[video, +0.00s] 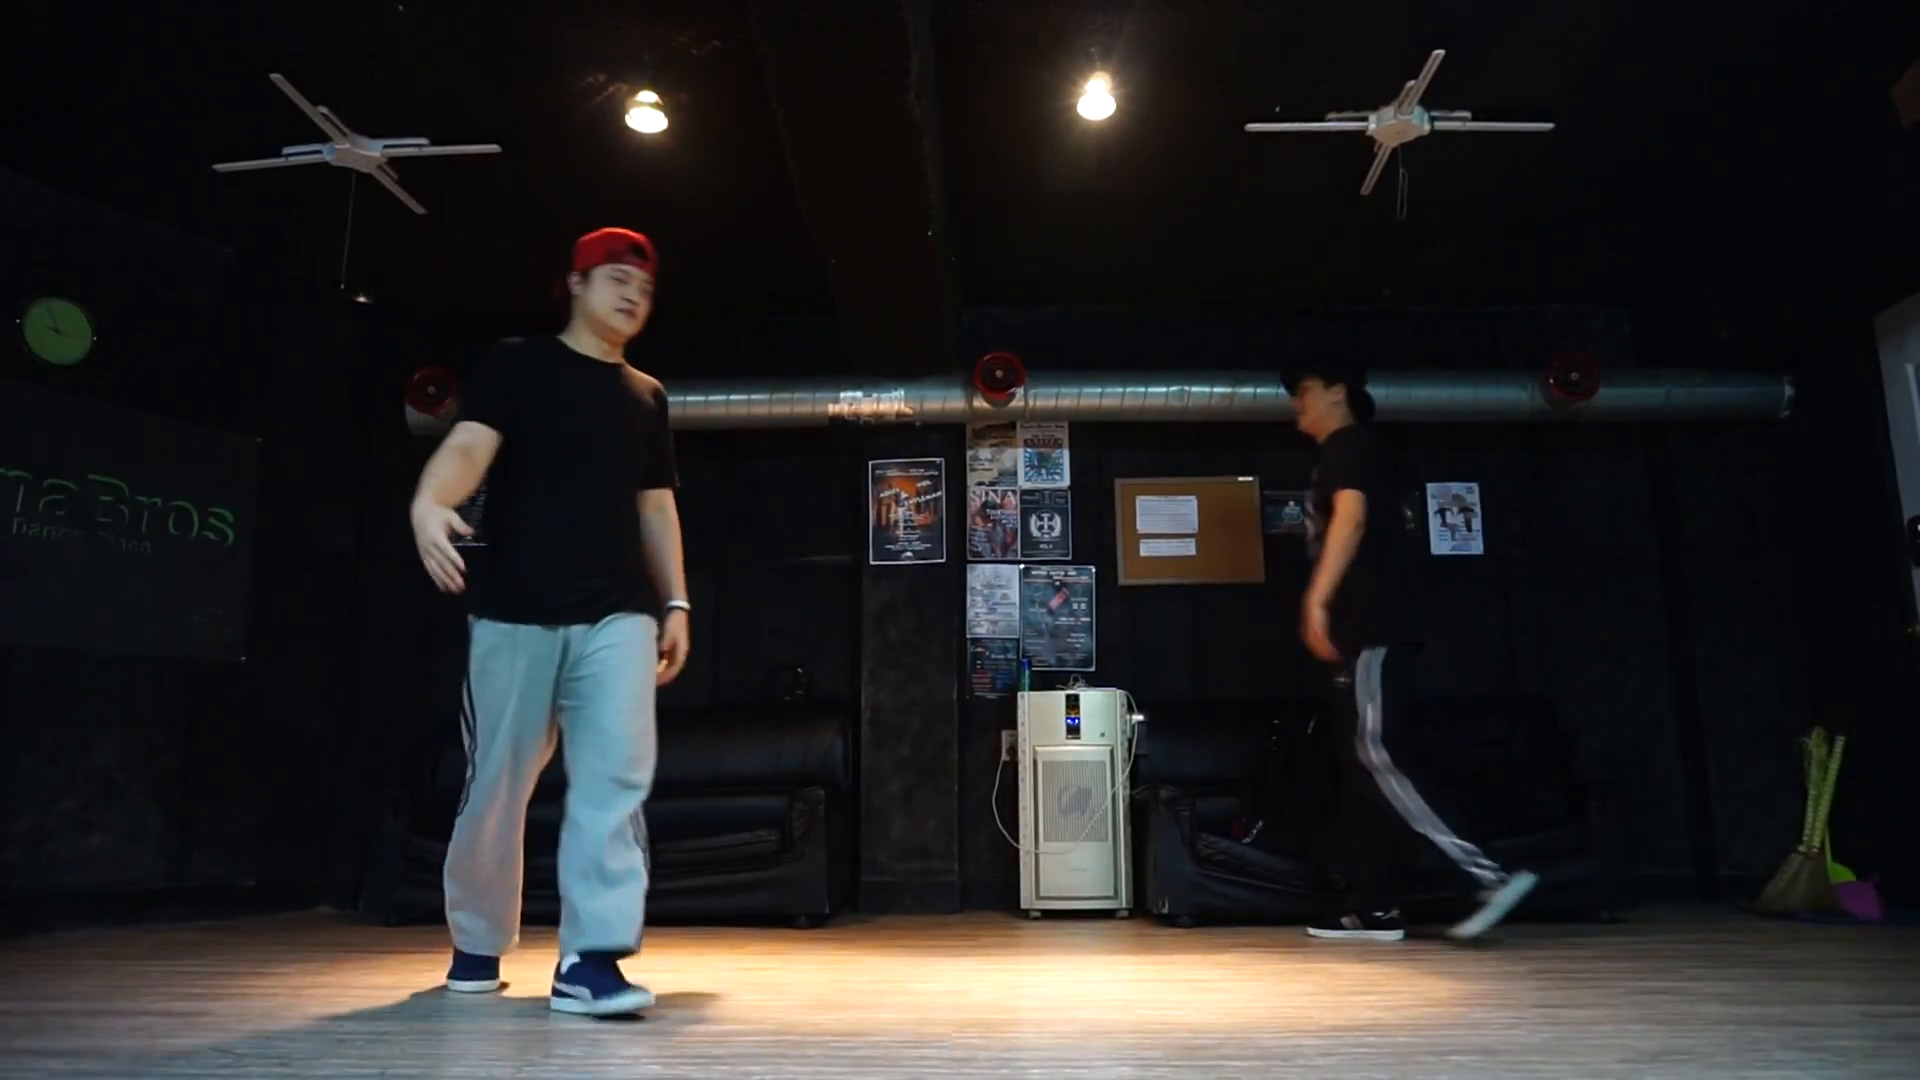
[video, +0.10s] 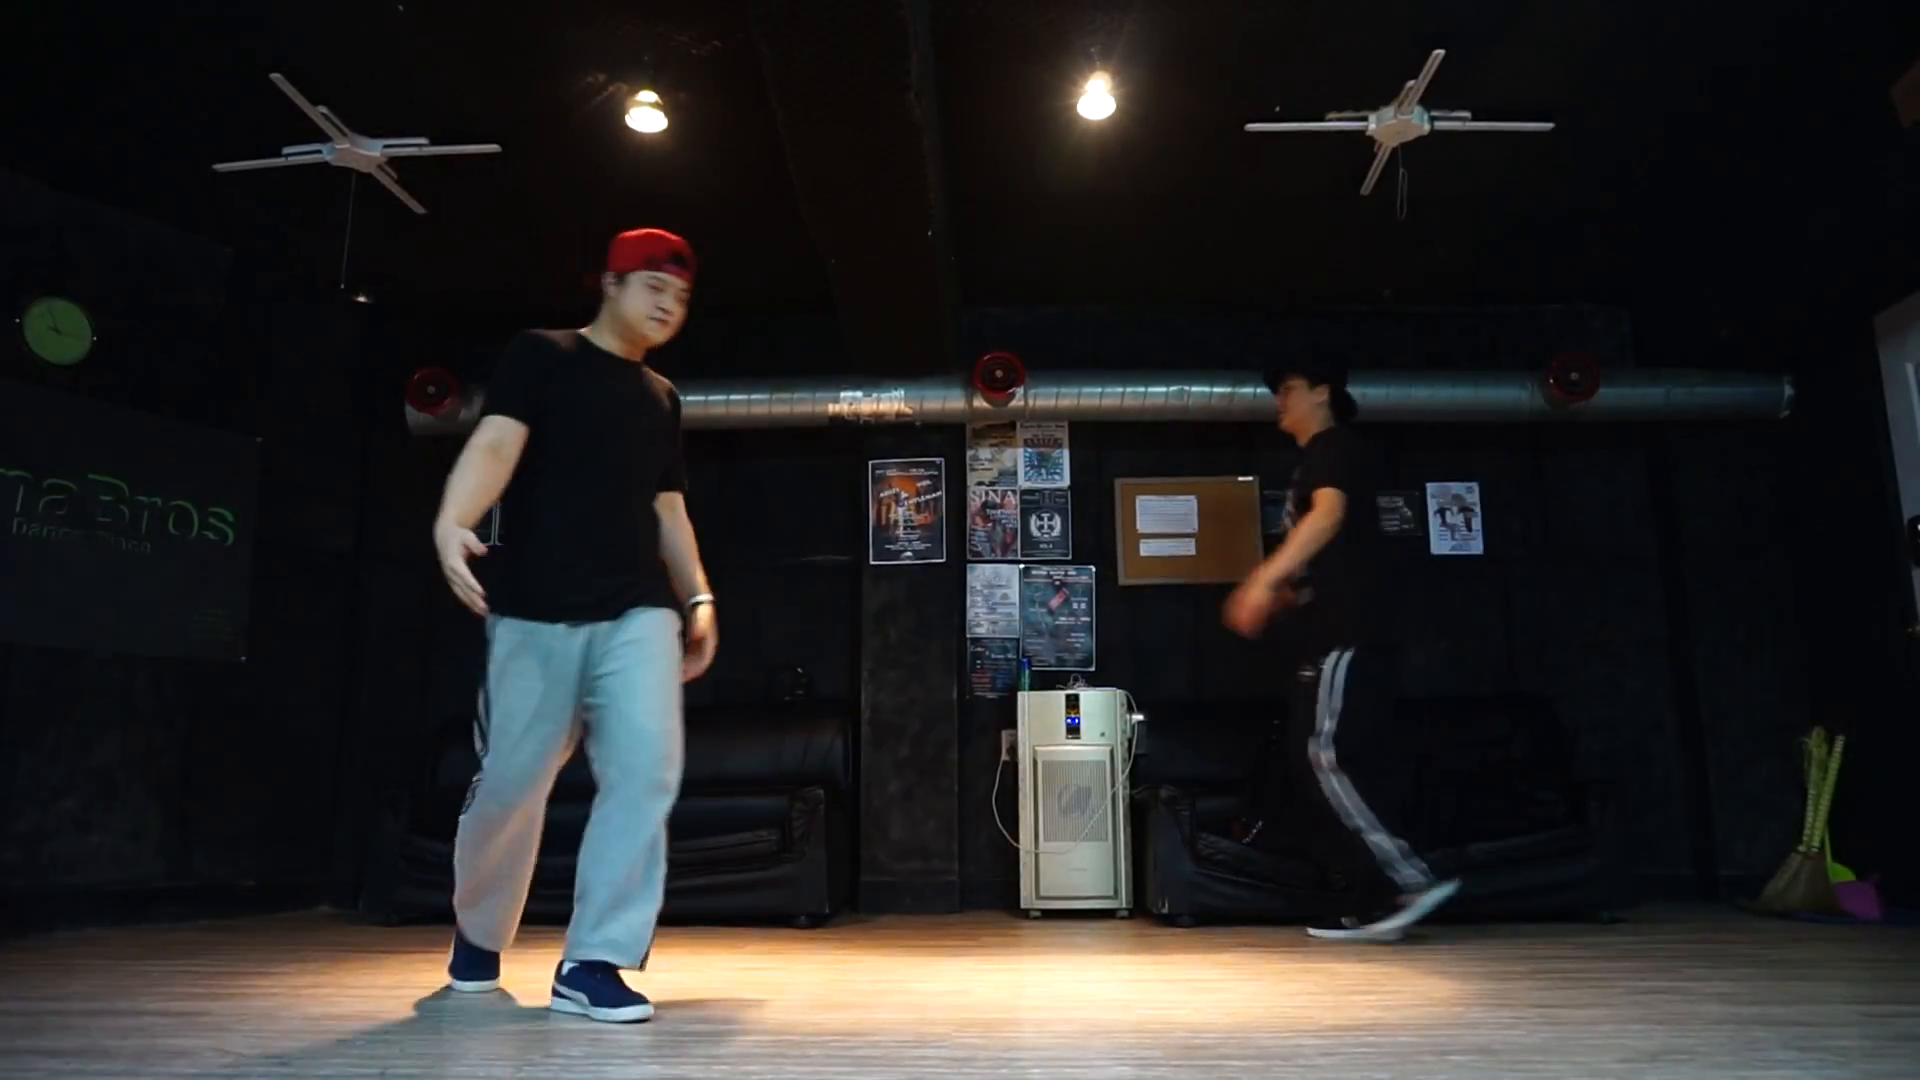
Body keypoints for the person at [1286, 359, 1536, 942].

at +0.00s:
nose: (1296, 406)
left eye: (1303, 393)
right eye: (1296, 395)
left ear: (1337, 392)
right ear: (1336, 393)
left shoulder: (1352, 446)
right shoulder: (1345, 450)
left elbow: (1350, 520)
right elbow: (1353, 531)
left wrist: (1316, 601)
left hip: (1375, 622)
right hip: (1363, 623)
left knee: (1376, 755)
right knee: (1358, 761)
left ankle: (1491, 879)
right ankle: (1374, 907)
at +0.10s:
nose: (1279, 404)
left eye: (1287, 391)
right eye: (1279, 393)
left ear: (1321, 392)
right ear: (1315, 395)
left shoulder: (1333, 448)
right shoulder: (1323, 455)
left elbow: (1327, 517)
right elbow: (1327, 541)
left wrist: (1262, 579)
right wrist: (1284, 590)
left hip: (1345, 626)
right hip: (1332, 625)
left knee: (1321, 755)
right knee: (1316, 759)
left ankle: (1411, 883)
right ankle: (1370, 901)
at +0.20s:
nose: (1256, 407)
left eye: (1265, 394)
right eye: (1256, 397)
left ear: (1300, 394)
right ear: (1291, 397)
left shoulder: (1312, 453)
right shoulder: (1301, 464)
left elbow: (1295, 522)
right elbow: (1284, 563)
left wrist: (1202, 563)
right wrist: (1204, 568)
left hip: (1317, 635)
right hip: (1322, 633)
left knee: (1285, 762)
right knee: (1340, 767)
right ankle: (1375, 906)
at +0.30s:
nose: (1229, 416)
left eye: (1237, 402)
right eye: (1227, 406)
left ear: (1273, 399)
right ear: (1258, 405)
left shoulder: (1290, 462)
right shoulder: (1277, 469)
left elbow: (1255, 538)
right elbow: (1246, 564)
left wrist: (1171, 553)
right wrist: (1167, 563)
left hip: (1297, 643)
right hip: (1296, 641)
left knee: (1261, 771)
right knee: (1334, 773)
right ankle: (1374, 907)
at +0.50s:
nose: (1160, 442)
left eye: (1164, 428)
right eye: (1156, 431)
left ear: (1194, 417)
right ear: (1178, 424)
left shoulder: (1225, 474)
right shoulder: (1220, 473)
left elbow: (1200, 562)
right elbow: (1202, 564)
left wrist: (1130, 608)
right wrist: (1137, 604)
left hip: (1229, 649)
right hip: (1236, 645)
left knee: (1192, 779)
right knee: (1271, 774)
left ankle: (1171, 912)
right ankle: (1360, 894)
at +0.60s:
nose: (1118, 447)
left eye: (1121, 432)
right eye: (1113, 435)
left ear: (1151, 419)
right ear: (1149, 424)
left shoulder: (1185, 474)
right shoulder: (1185, 473)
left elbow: (1171, 566)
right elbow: (1173, 569)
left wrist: (1141, 649)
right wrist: (1142, 651)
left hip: (1201, 651)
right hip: (1200, 649)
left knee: (1173, 780)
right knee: (1204, 778)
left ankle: (1170, 913)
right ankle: (1317, 862)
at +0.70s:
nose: (1084, 441)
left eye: (1087, 428)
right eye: (1081, 430)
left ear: (1117, 416)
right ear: (1115, 419)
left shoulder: (1150, 470)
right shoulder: (1145, 469)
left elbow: (1154, 558)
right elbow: (1152, 559)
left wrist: (1161, 642)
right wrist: (1158, 644)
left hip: (1167, 652)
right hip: (1156, 650)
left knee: (1160, 783)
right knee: (1160, 779)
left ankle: (1171, 912)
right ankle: (1252, 848)